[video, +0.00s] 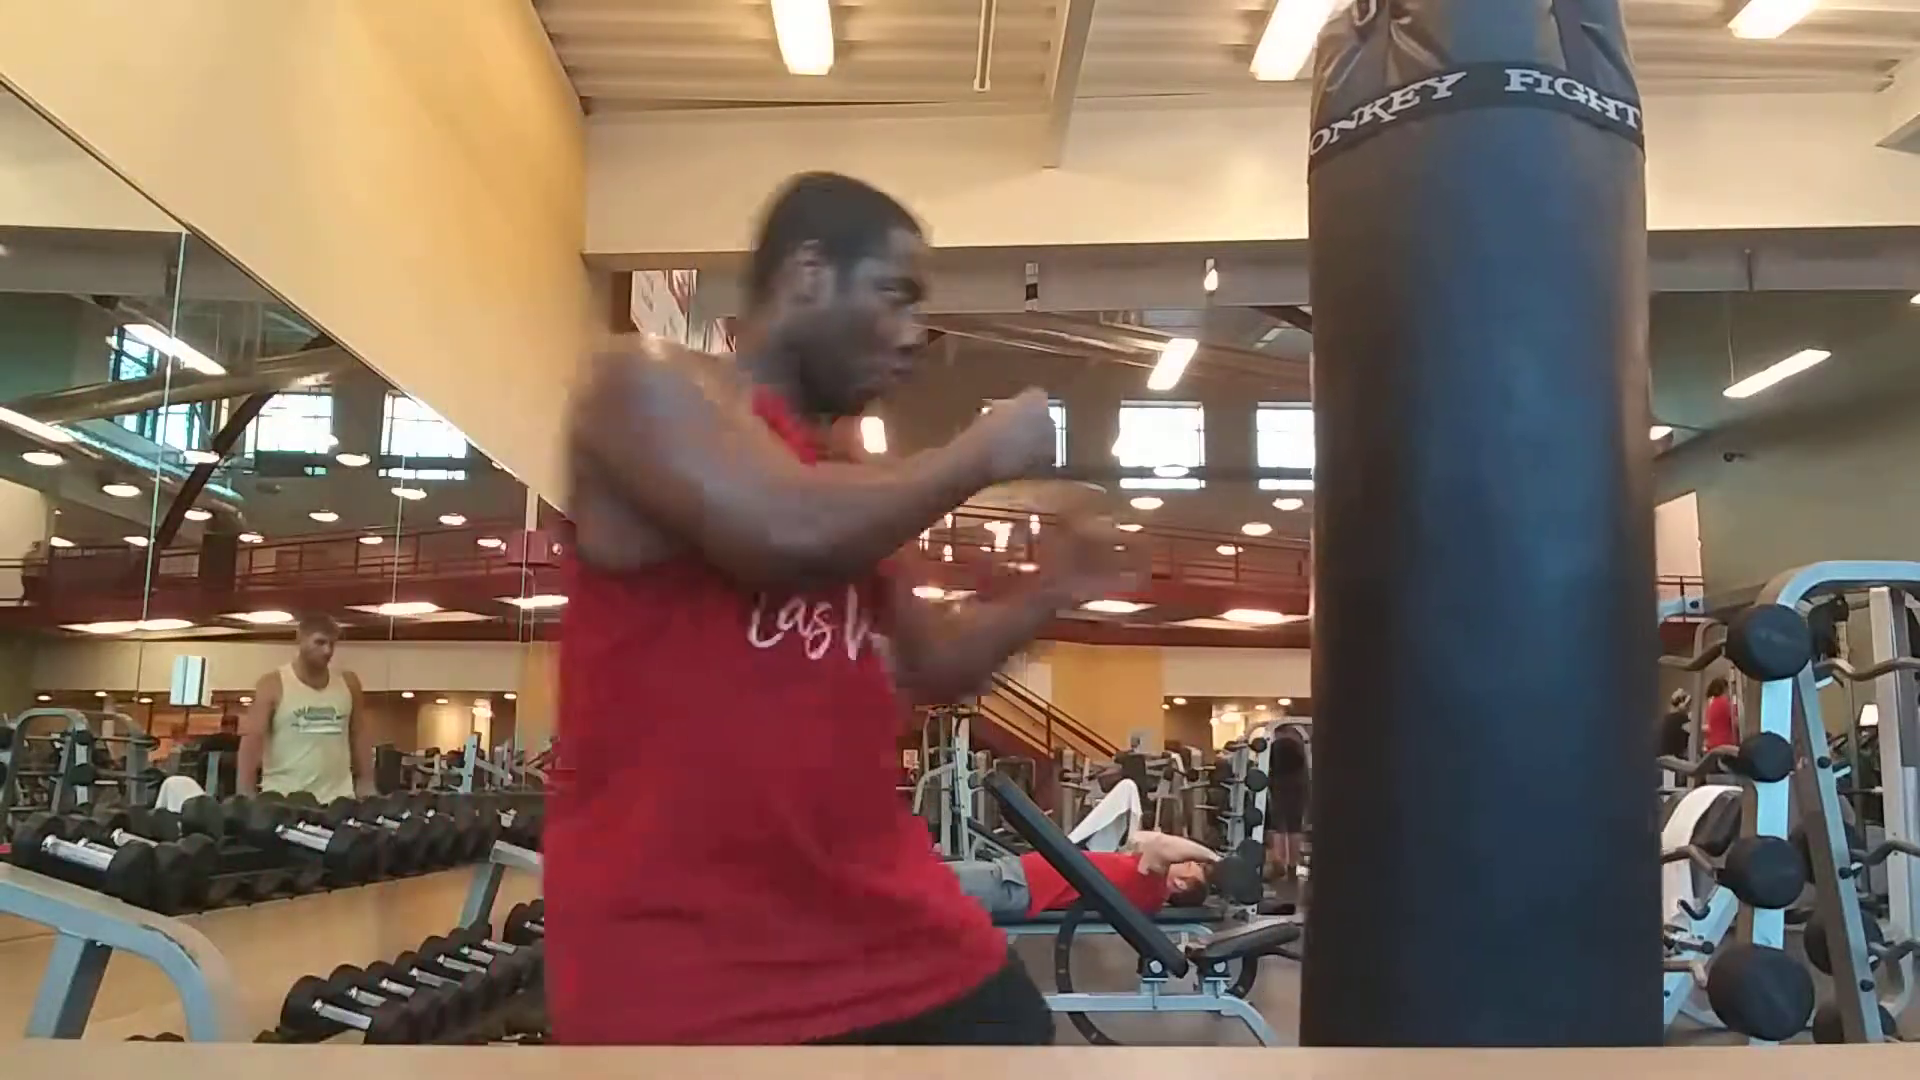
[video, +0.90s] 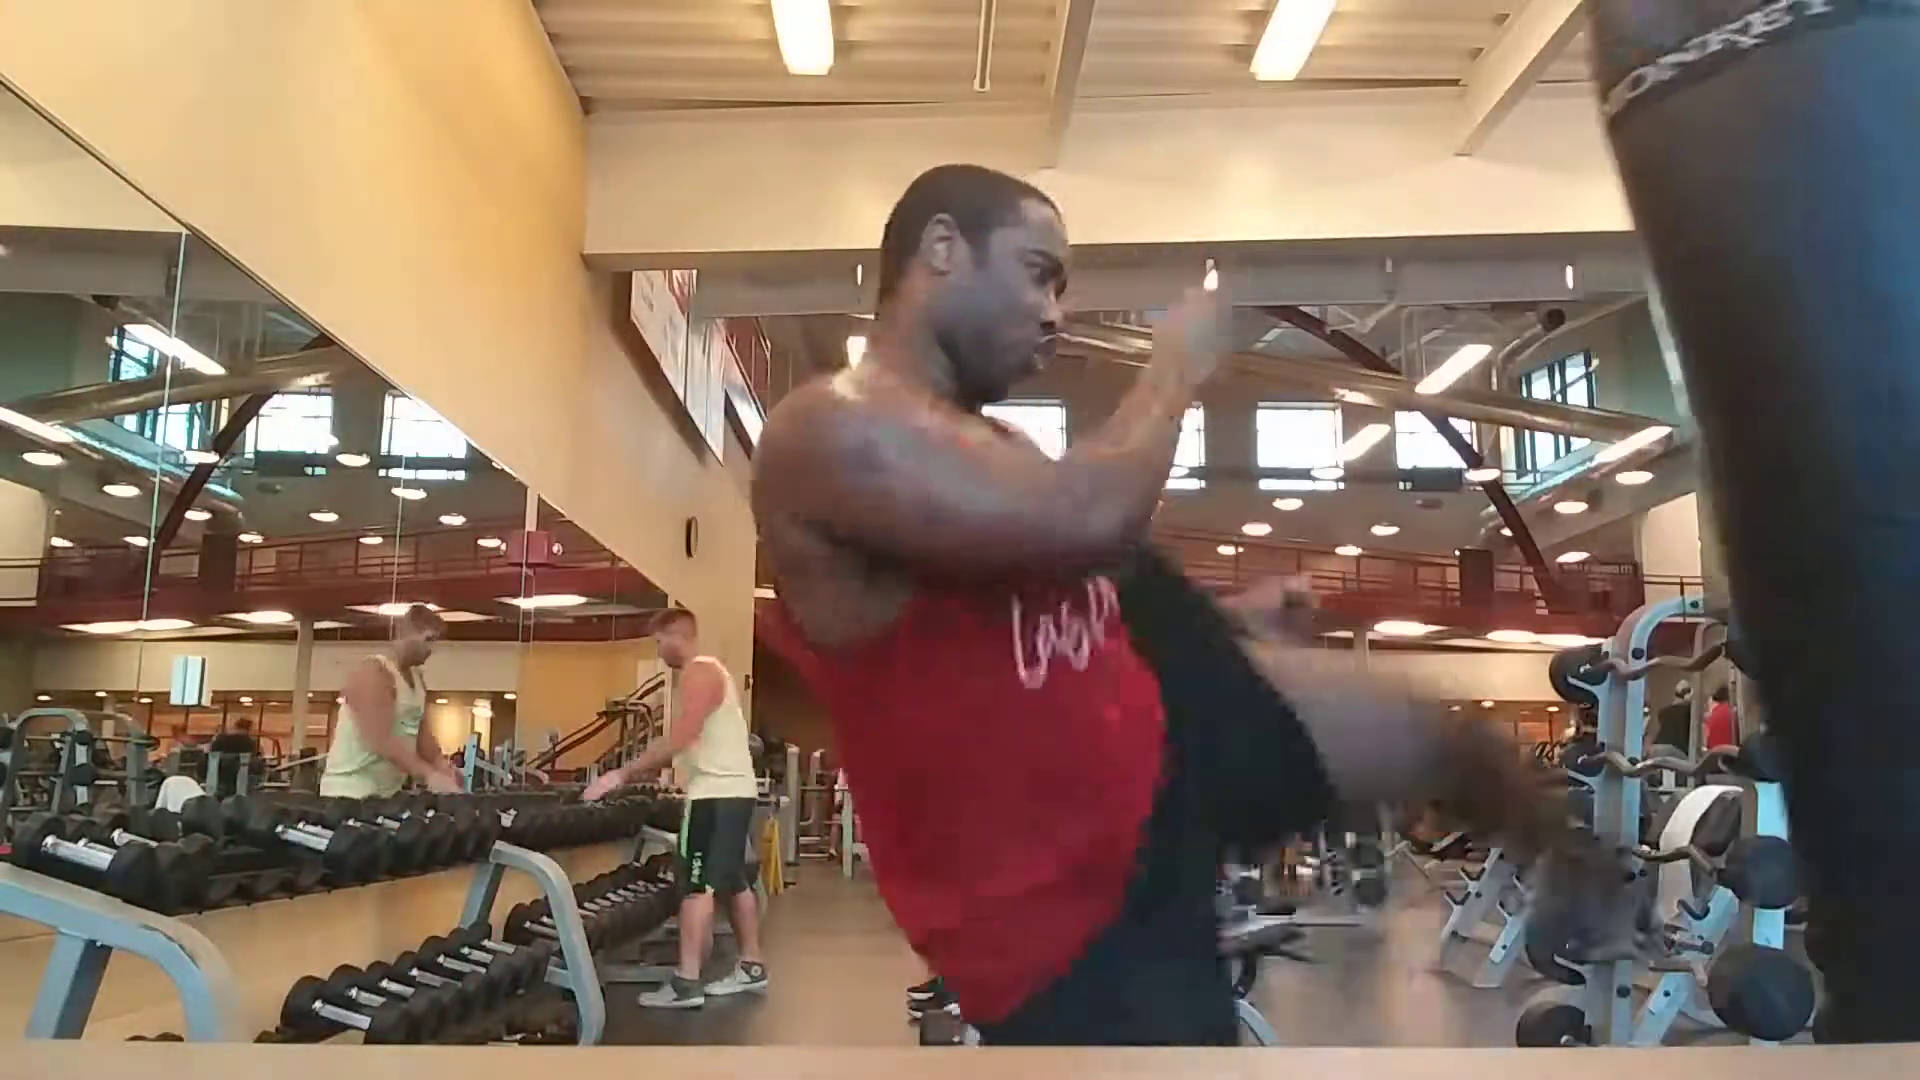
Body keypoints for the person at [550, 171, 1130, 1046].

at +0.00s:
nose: (917, 334)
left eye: (920, 305)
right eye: (897, 294)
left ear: (812, 283)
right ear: (807, 277)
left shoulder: (834, 472)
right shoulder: (644, 383)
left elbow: (932, 661)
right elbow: (780, 530)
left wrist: (1047, 588)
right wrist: (974, 456)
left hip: (892, 929)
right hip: (691, 966)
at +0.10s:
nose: (994, 367)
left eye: (999, 341)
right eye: (977, 330)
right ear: (881, 308)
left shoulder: (943, 510)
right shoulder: (736, 410)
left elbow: (1078, 648)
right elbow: (764, 523)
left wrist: (1253, 583)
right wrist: (999, 474)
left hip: (899, 949)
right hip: (708, 971)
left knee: (1034, 1054)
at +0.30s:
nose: (1091, 420)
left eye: (1097, 390)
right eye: (1079, 379)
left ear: (998, 355)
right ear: (997, 348)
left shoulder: (1008, 504)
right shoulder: (872, 437)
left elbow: (1098, 615)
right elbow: (1020, 598)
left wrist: (1228, 570)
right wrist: (1232, 571)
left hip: (984, 945)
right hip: (834, 951)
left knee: (1124, 1079)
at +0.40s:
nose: (1121, 386)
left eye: (1125, 359)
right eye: (1108, 352)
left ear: (1027, 336)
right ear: (1022, 331)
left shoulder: (1063, 496)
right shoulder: (886, 458)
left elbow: (1196, 596)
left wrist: (1338, 523)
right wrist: (1157, 624)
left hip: (1037, 909)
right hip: (877, 915)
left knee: (1115, 1065)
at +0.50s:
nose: (1133, 324)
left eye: (1134, 299)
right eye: (1110, 288)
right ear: (1011, 275)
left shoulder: (1087, 472)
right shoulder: (860, 440)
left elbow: (1249, 560)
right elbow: (688, 598)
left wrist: (1462, 539)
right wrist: (856, 700)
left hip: (1105, 947)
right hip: (939, 957)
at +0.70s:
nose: (1048, 286)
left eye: (1054, 264)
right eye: (1027, 253)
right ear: (932, 233)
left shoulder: (1036, 433)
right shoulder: (795, 392)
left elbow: (1137, 614)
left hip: (1155, 759)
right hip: (1009, 906)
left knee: (1390, 723)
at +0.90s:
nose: (1060, 314)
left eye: (1063, 290)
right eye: (1041, 276)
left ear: (948, 262)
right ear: (941, 255)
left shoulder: (994, 445)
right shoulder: (824, 429)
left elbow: (1112, 596)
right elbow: (1092, 520)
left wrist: (1240, 627)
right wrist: (1174, 367)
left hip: (1165, 747)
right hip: (1067, 926)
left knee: (1448, 742)